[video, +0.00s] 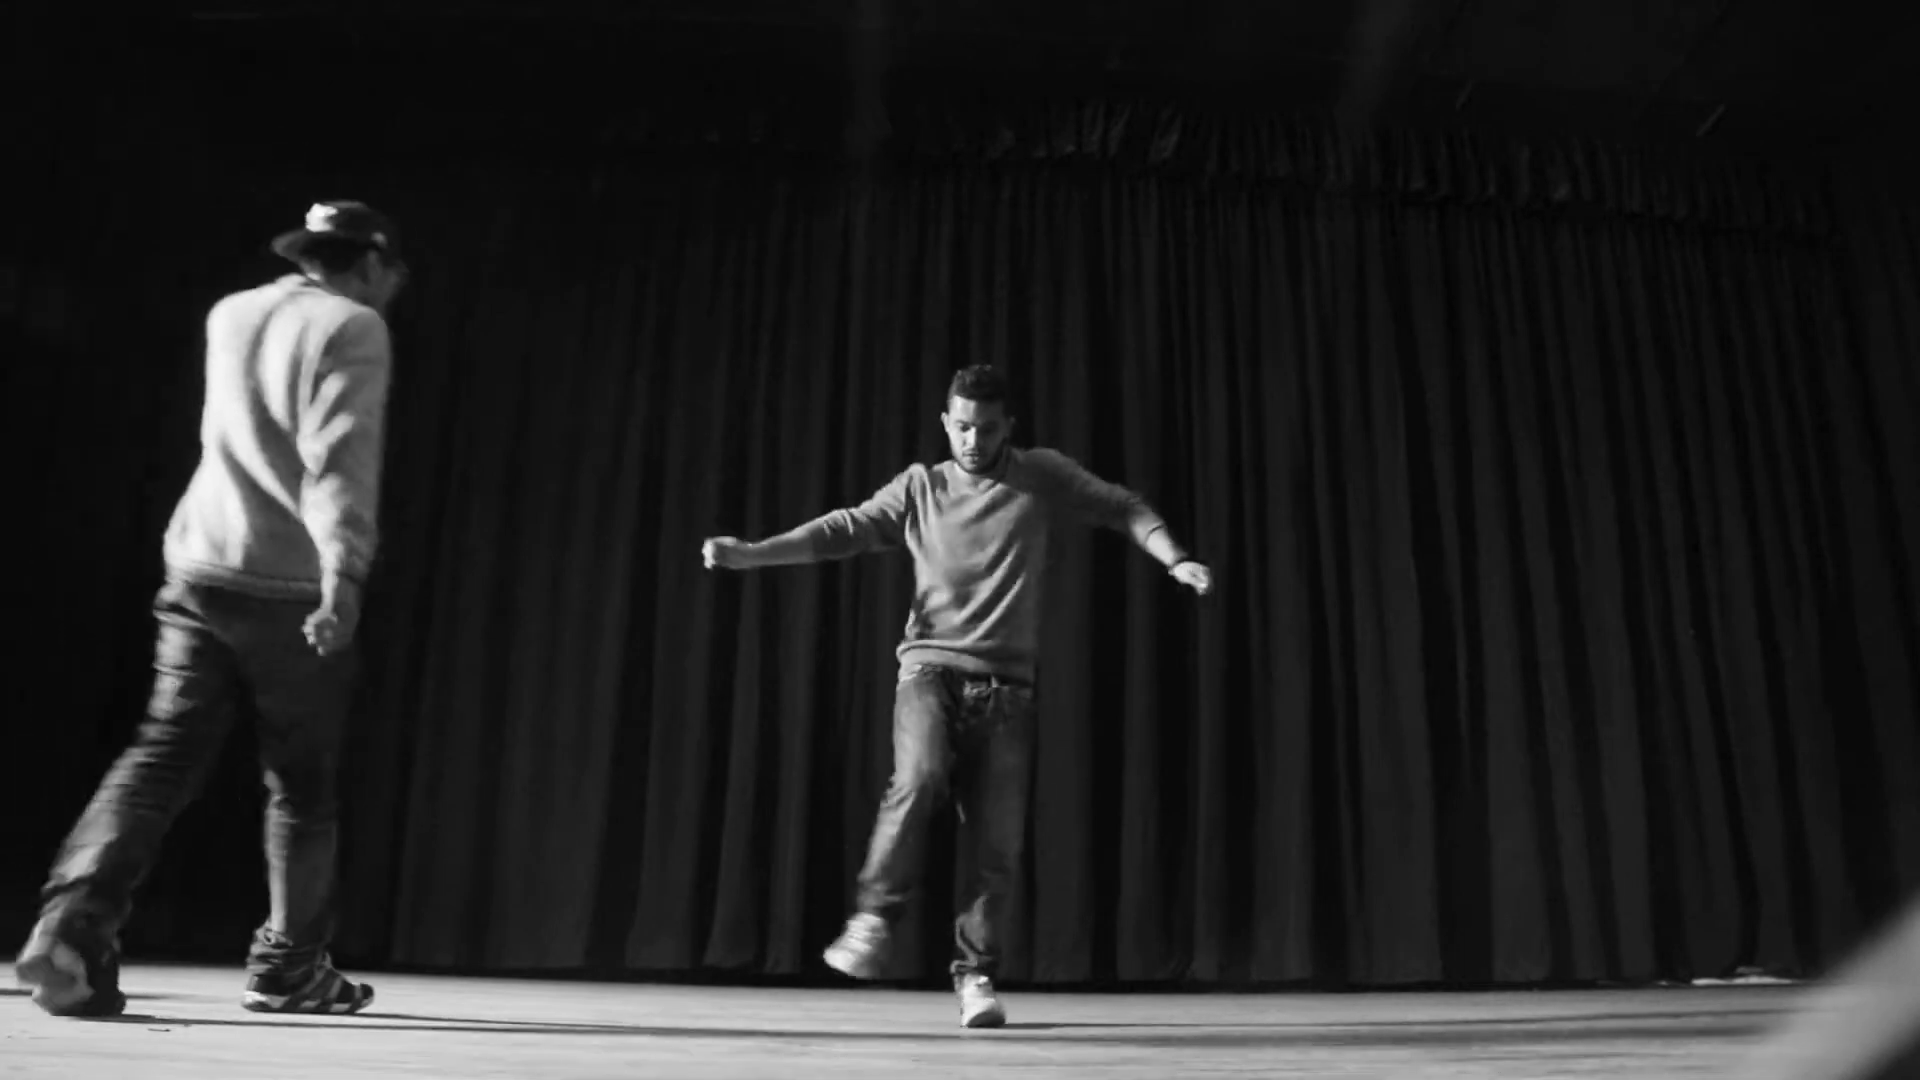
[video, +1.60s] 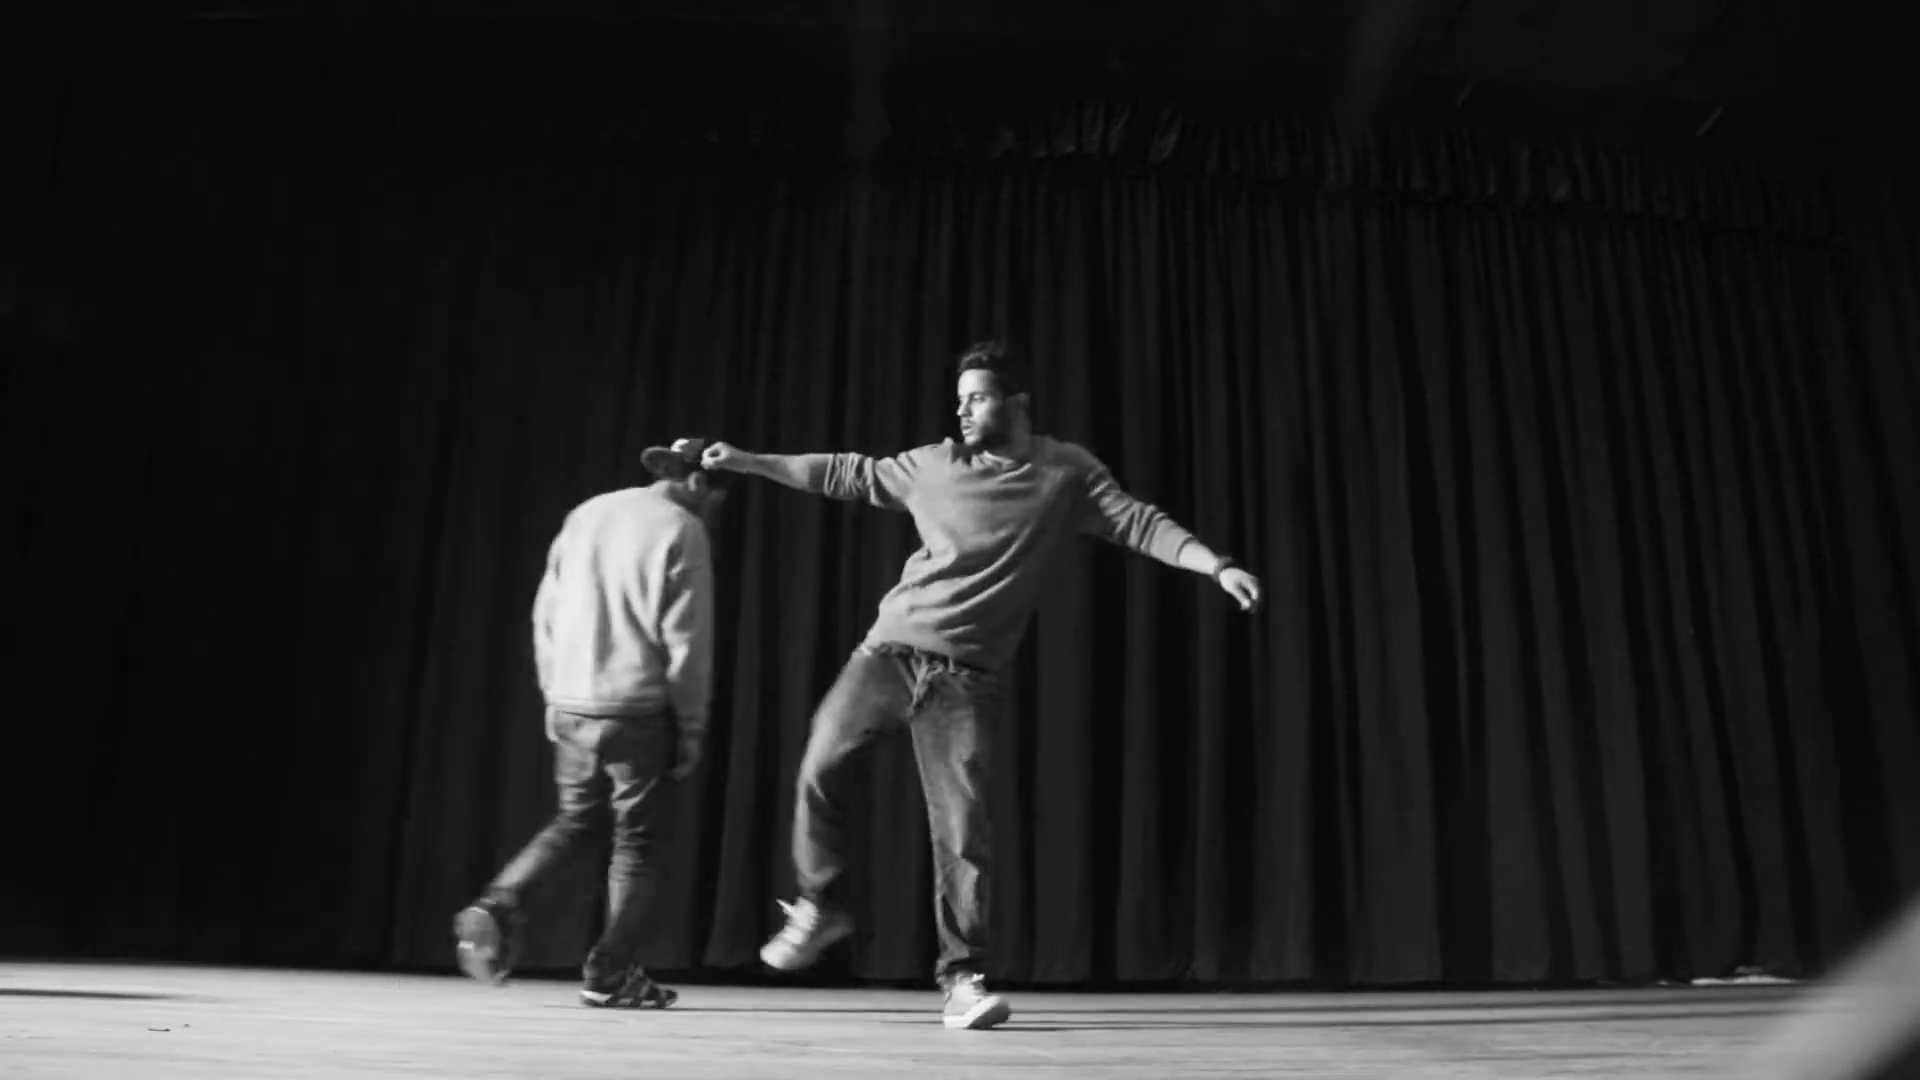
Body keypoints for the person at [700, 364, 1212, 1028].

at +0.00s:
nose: (974, 442)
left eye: (986, 429)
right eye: (963, 428)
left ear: (1008, 425)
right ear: (945, 423)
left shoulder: (1043, 474)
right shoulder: (919, 488)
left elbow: (1126, 510)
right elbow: (843, 528)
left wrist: (1174, 559)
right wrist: (753, 553)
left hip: (1006, 678)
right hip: (931, 666)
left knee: (997, 837)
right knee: (920, 779)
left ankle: (976, 975)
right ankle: (872, 921)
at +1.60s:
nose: (965, 411)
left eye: (978, 399)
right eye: (961, 399)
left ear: (1017, 402)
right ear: (961, 405)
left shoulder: (1065, 471)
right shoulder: (931, 464)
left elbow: (1137, 522)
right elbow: (841, 473)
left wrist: (1215, 566)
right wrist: (742, 460)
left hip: (967, 675)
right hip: (887, 654)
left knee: (966, 832)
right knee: (819, 768)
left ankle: (964, 982)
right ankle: (819, 912)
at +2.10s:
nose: (948, 396)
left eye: (963, 383)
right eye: (944, 384)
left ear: (1002, 386)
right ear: (941, 388)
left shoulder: (1051, 463)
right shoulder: (918, 445)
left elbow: (1118, 518)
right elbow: (836, 462)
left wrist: (1192, 566)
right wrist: (743, 468)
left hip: (1011, 662)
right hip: (930, 653)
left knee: (1002, 826)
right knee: (897, 764)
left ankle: (986, 975)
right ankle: (881, 911)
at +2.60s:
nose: (899, 405)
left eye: (910, 392)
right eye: (885, 393)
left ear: (929, 395)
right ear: (864, 402)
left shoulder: (967, 439)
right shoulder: (848, 488)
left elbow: (1036, 501)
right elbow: (759, 518)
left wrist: (1094, 547)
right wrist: (667, 499)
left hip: (988, 669)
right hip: (902, 671)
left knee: (988, 832)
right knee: (846, 817)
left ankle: (976, 983)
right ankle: (797, 963)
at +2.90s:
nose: (844, 395)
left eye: (855, 382)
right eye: (830, 382)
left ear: (872, 386)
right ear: (804, 388)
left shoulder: (909, 434)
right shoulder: (779, 464)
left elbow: (982, 478)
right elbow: (712, 550)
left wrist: (1047, 520)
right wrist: (749, 476)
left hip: (907, 665)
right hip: (815, 666)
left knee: (934, 823)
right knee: (769, 825)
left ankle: (952, 979)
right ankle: (726, 976)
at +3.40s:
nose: (948, 409)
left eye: (959, 399)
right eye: (935, 395)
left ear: (970, 407)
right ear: (903, 397)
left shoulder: (967, 489)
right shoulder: (857, 455)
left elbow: (1031, 527)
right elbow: (759, 488)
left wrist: (1103, 560)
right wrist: (804, 440)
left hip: (918, 681)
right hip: (831, 676)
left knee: (956, 829)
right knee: (788, 820)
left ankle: (955, 989)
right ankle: (729, 975)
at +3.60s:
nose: (980, 404)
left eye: (990, 392)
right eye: (967, 391)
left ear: (1002, 399)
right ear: (936, 395)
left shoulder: (1013, 460)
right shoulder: (895, 464)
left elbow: (1054, 528)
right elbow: (821, 547)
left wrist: (1080, 593)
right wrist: (850, 512)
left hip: (976, 672)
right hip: (894, 665)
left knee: (981, 832)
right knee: (861, 806)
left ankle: (957, 980)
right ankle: (757, 912)